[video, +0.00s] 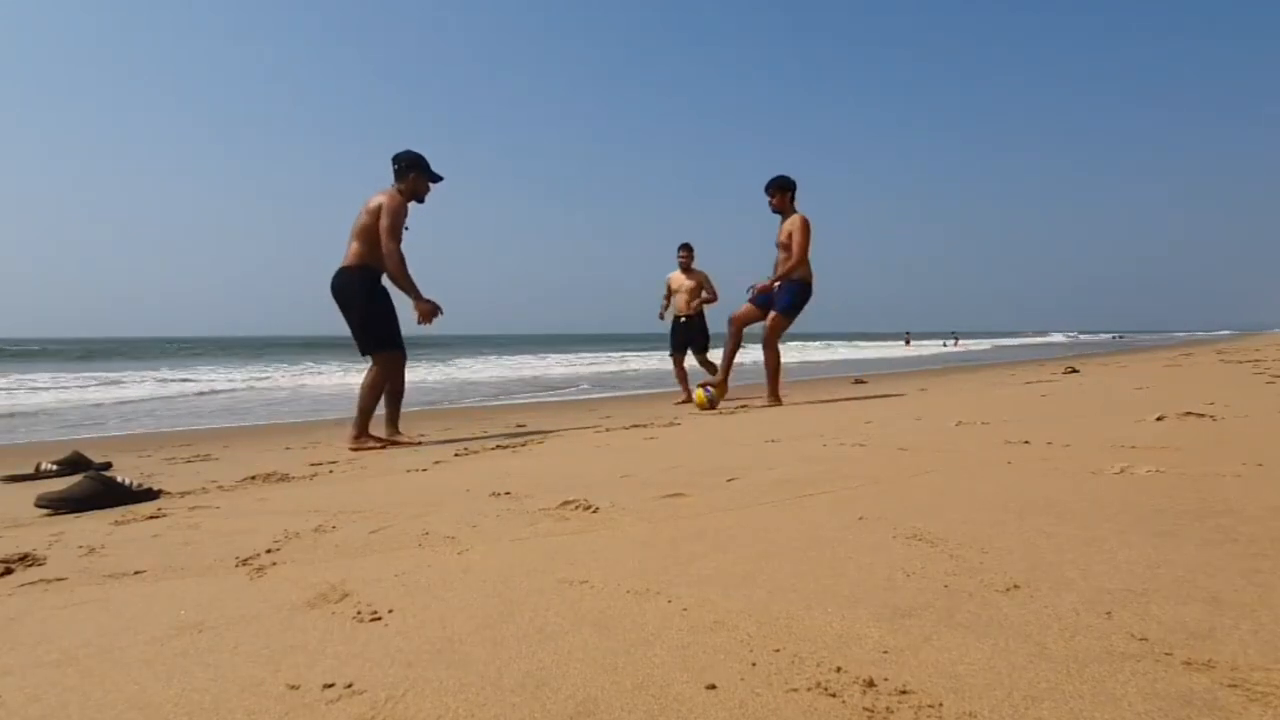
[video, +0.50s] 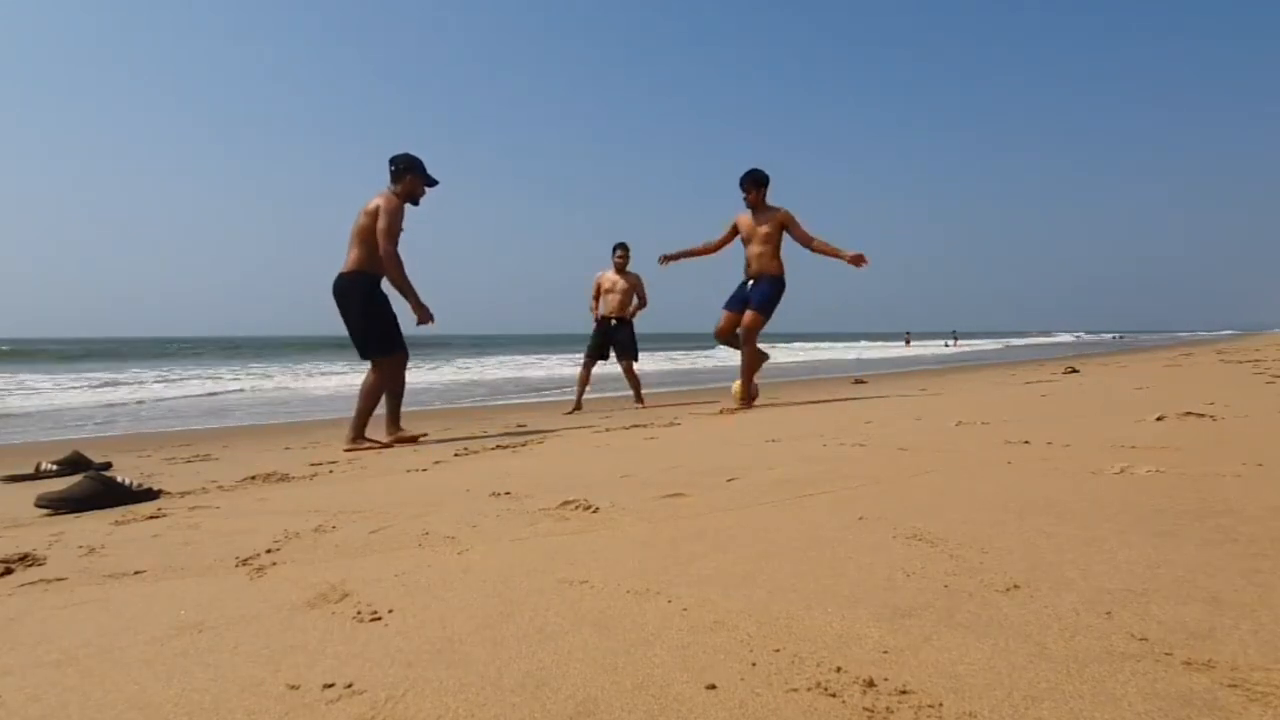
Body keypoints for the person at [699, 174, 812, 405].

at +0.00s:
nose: (770, 202)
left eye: (773, 197)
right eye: (769, 197)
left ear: (788, 196)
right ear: (779, 198)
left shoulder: (798, 221)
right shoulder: (786, 223)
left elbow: (799, 259)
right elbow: (786, 262)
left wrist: (772, 282)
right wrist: (768, 285)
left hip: (795, 287)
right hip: (779, 286)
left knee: (769, 338)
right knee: (736, 320)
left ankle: (773, 397)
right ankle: (722, 381)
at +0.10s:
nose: (762, 190)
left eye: (765, 184)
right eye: (761, 185)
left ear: (779, 183)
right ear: (772, 185)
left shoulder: (794, 209)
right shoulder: (775, 211)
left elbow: (799, 246)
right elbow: (779, 244)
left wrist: (775, 262)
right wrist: (766, 262)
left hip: (787, 275)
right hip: (770, 273)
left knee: (766, 329)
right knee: (731, 315)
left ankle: (770, 394)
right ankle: (725, 377)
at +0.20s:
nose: (757, 182)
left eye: (761, 176)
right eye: (756, 177)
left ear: (775, 176)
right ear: (764, 178)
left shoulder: (791, 203)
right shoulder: (761, 208)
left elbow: (808, 234)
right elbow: (757, 246)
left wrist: (813, 259)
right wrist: (739, 269)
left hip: (781, 267)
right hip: (762, 268)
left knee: (759, 324)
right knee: (727, 313)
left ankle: (759, 390)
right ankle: (741, 369)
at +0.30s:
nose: (750, 189)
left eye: (755, 184)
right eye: (750, 184)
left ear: (770, 184)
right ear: (755, 186)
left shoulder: (786, 210)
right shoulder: (750, 215)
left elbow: (816, 237)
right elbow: (731, 244)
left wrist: (846, 253)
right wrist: (702, 262)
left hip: (775, 278)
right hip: (755, 278)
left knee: (754, 334)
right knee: (723, 325)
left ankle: (744, 398)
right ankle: (748, 369)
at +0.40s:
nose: (745, 197)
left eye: (749, 192)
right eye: (744, 193)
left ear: (763, 192)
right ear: (746, 195)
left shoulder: (781, 217)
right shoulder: (744, 223)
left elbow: (813, 240)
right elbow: (715, 247)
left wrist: (852, 250)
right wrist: (681, 256)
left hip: (772, 282)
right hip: (752, 284)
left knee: (745, 334)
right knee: (721, 332)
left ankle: (743, 399)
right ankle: (748, 372)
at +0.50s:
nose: (745, 197)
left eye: (749, 192)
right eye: (744, 192)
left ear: (762, 191)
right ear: (745, 193)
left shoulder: (780, 217)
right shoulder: (741, 221)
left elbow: (810, 242)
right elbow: (713, 246)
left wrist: (844, 256)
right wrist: (677, 255)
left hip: (771, 281)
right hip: (749, 281)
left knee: (747, 333)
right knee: (722, 334)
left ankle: (747, 391)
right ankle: (756, 356)